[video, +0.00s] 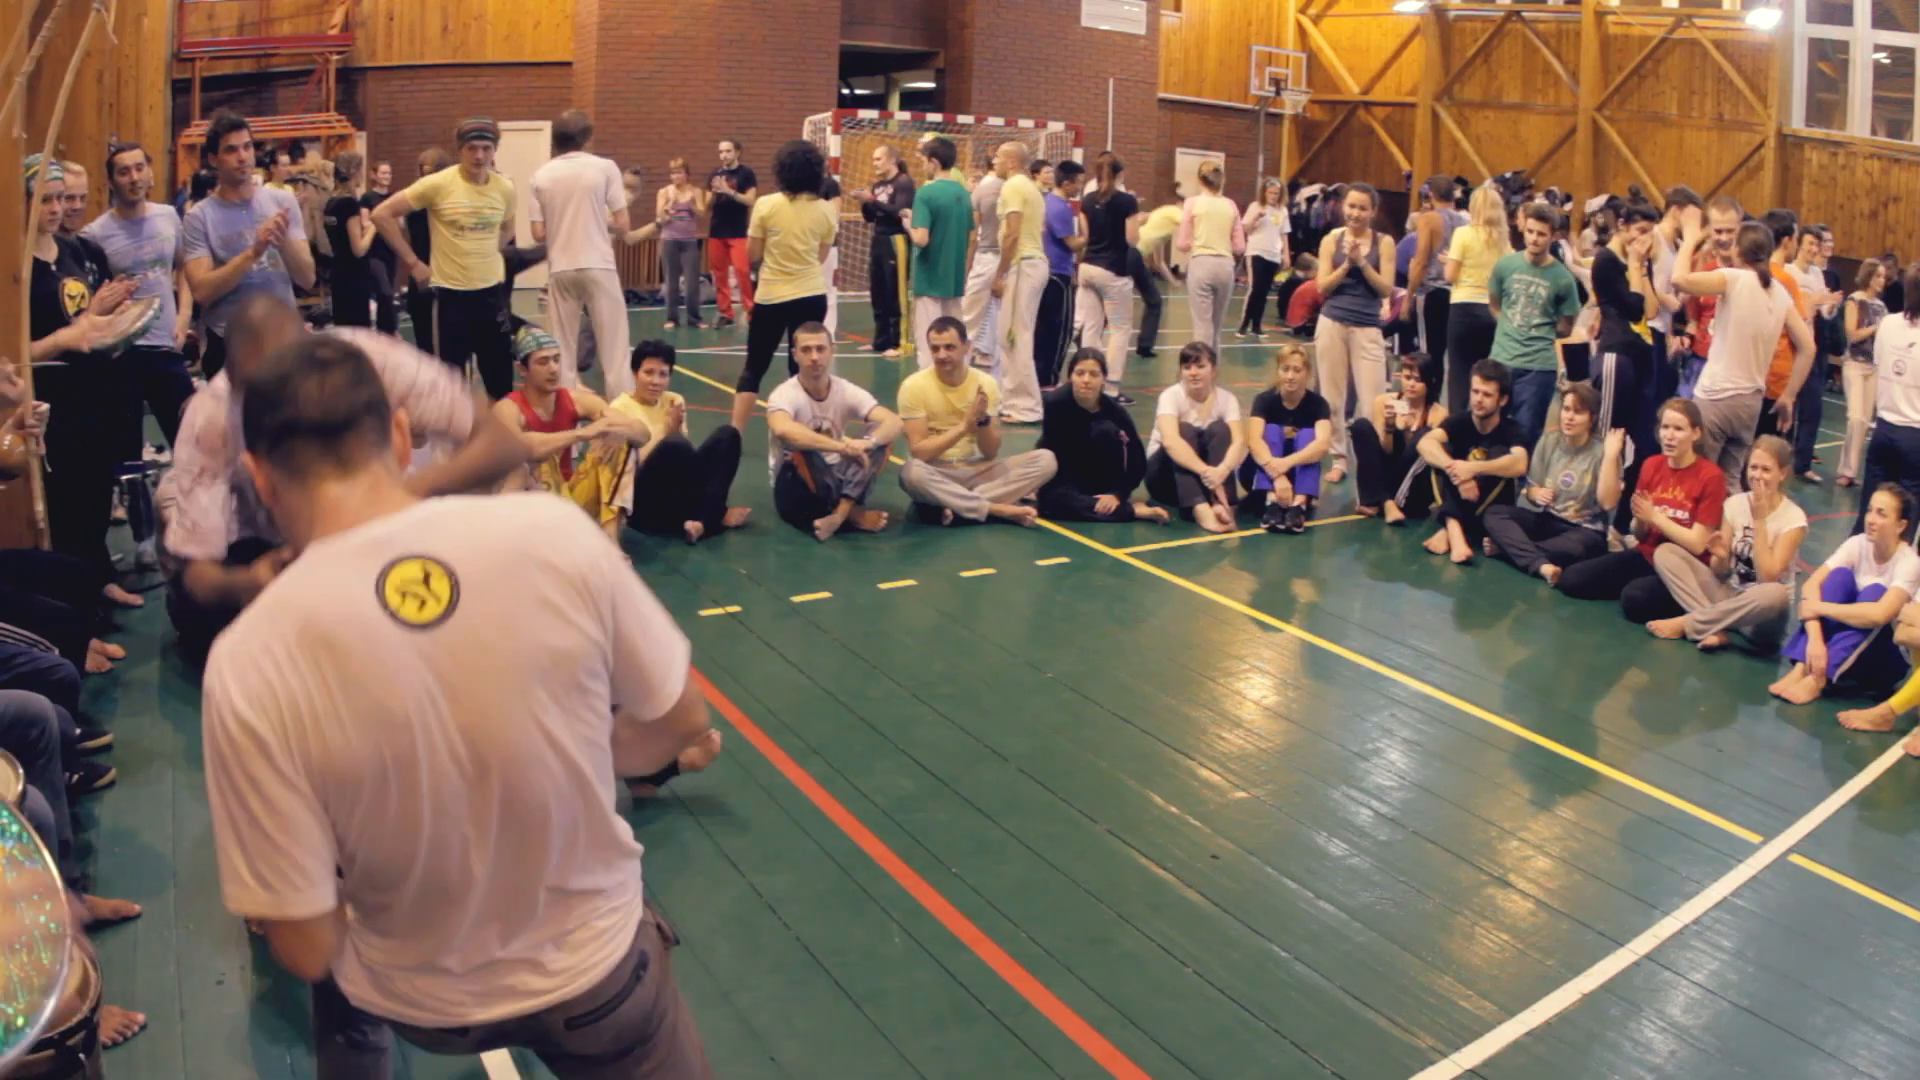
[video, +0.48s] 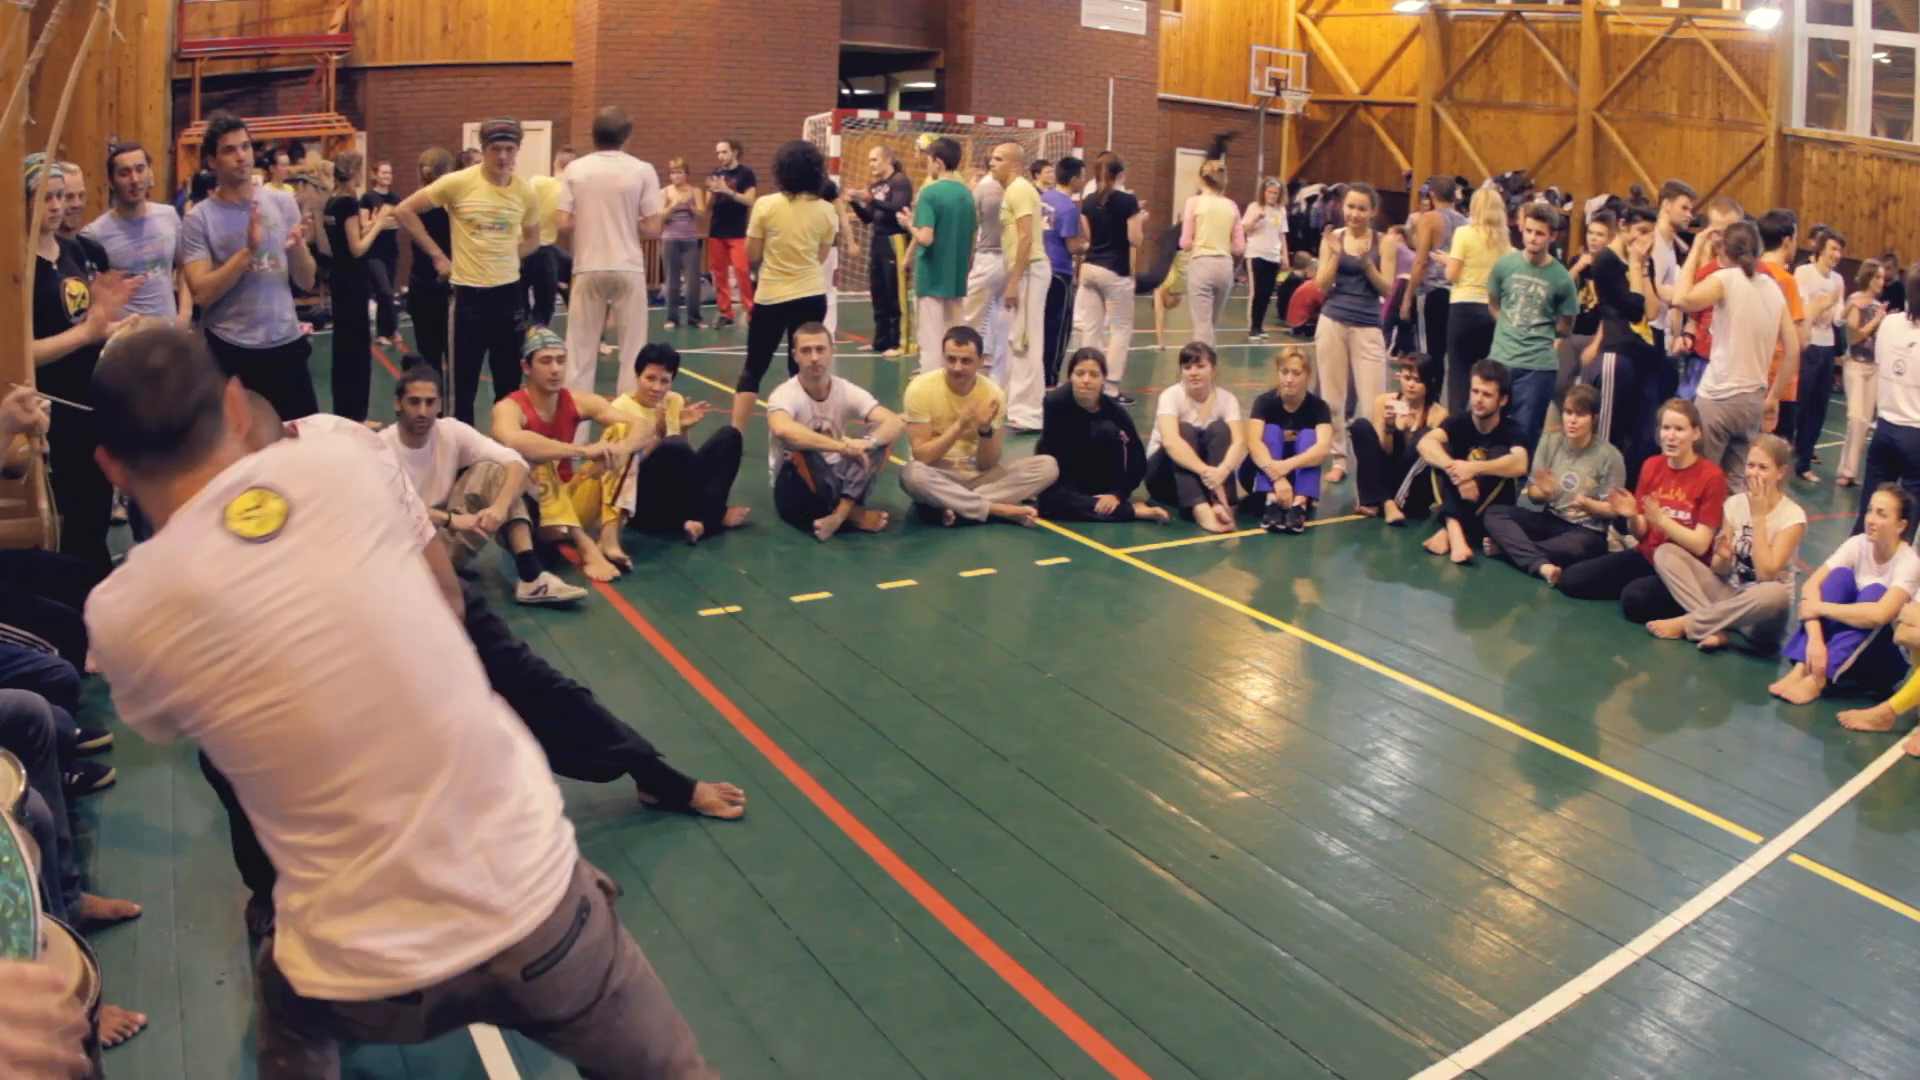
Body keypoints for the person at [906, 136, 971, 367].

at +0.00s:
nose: (923, 165)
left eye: (925, 160)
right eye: (923, 160)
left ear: (934, 162)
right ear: (950, 162)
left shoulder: (926, 192)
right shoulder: (963, 191)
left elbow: (921, 238)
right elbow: (971, 234)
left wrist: (908, 223)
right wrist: (966, 269)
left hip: (929, 278)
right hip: (956, 277)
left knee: (927, 340)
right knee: (954, 338)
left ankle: (930, 388)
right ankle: (955, 385)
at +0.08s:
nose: (924, 166)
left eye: (926, 161)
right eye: (925, 160)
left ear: (935, 162)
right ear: (951, 162)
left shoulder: (928, 192)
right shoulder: (964, 192)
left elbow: (923, 238)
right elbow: (972, 234)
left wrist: (907, 225)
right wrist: (967, 269)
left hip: (930, 279)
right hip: (956, 277)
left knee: (928, 339)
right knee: (955, 337)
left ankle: (929, 386)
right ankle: (956, 382)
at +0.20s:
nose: (926, 165)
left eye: (928, 161)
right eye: (927, 160)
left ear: (937, 163)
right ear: (953, 162)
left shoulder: (928, 192)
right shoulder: (965, 193)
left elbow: (924, 238)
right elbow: (973, 236)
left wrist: (912, 225)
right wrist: (967, 268)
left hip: (931, 277)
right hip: (957, 276)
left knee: (929, 337)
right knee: (955, 335)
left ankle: (929, 384)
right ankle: (956, 380)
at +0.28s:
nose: (927, 166)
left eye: (929, 161)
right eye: (928, 161)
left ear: (937, 163)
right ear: (954, 162)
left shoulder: (928, 192)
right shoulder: (966, 193)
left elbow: (924, 238)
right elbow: (973, 237)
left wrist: (916, 229)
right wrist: (967, 265)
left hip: (931, 276)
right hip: (957, 275)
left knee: (929, 336)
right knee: (956, 334)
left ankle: (930, 382)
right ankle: (957, 378)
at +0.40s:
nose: (927, 165)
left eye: (929, 160)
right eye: (928, 159)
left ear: (938, 162)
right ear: (955, 162)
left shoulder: (929, 192)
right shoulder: (967, 193)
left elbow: (925, 237)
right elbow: (973, 237)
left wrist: (910, 225)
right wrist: (967, 268)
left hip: (931, 276)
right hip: (958, 276)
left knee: (930, 337)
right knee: (955, 335)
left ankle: (931, 387)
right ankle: (956, 382)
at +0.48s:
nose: (928, 165)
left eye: (930, 160)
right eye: (929, 159)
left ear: (938, 162)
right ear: (955, 162)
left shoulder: (930, 192)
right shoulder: (967, 194)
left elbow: (926, 237)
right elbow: (972, 238)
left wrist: (909, 225)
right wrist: (966, 270)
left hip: (932, 277)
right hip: (958, 277)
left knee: (930, 337)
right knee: (954, 335)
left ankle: (931, 388)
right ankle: (955, 385)